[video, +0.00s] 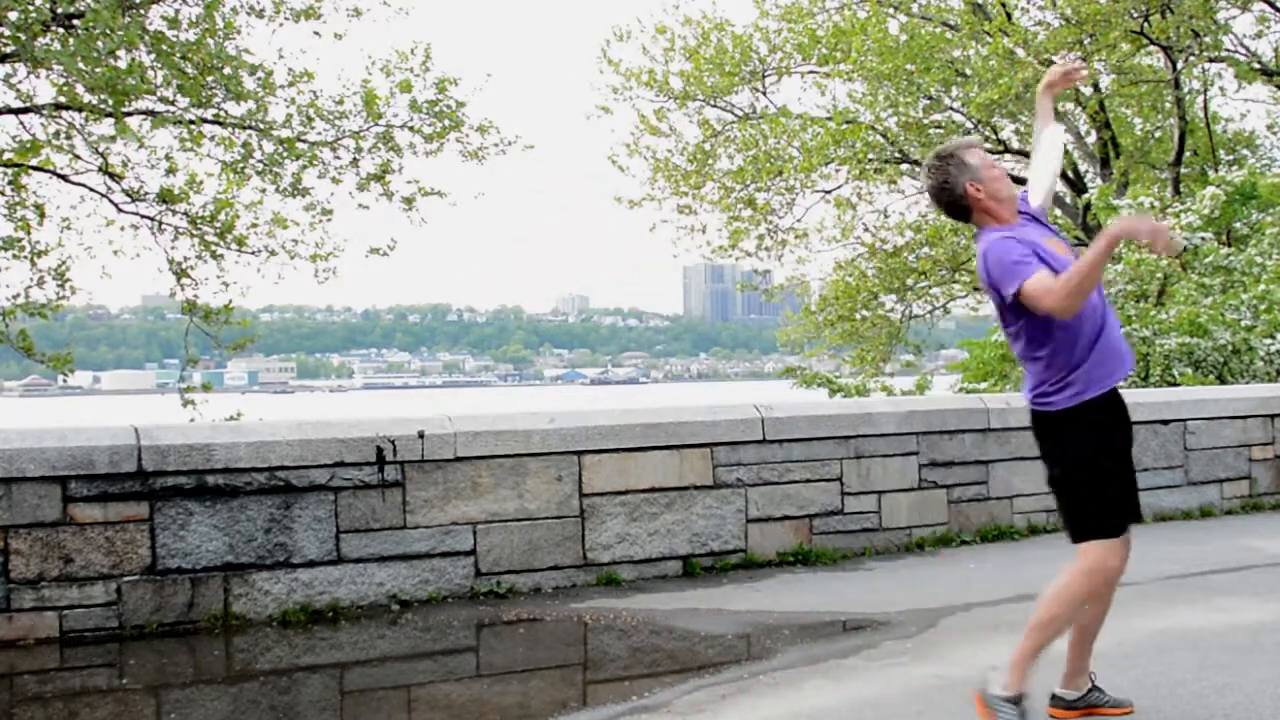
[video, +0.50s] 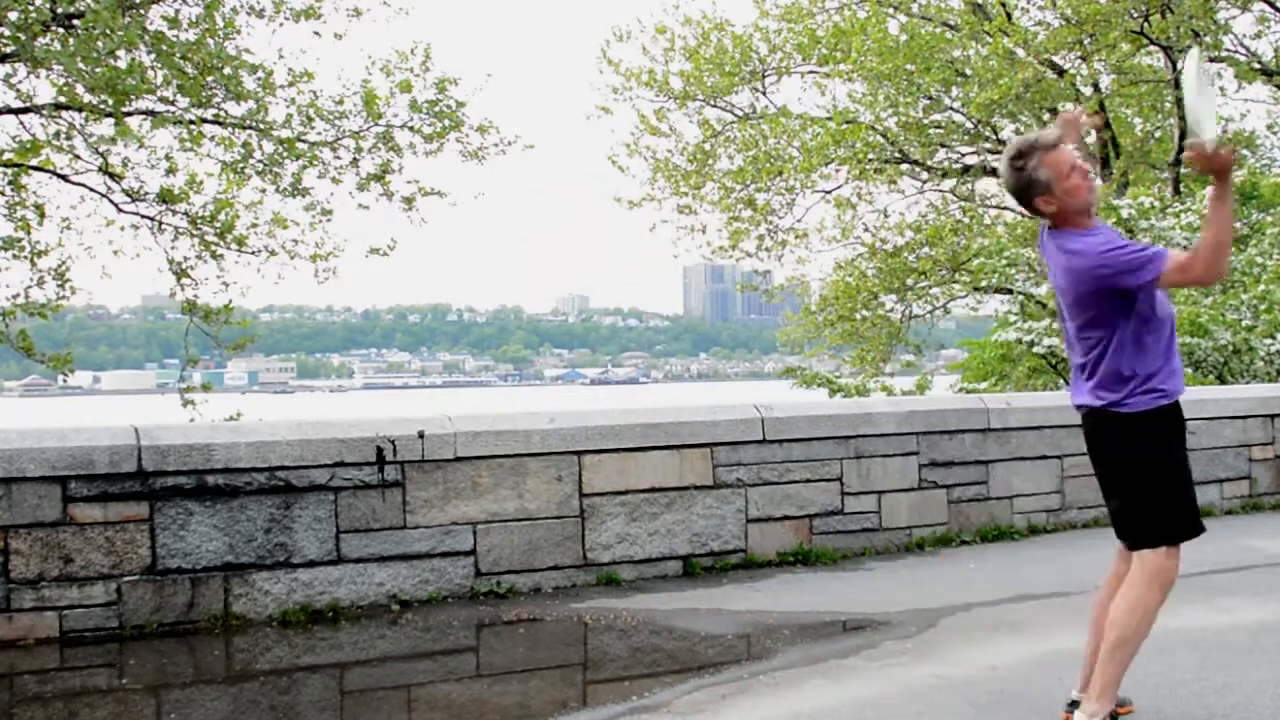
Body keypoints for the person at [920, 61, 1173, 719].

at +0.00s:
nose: (1004, 166)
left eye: (996, 160)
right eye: (993, 164)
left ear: (984, 191)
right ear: (977, 193)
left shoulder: (1027, 217)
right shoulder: (999, 250)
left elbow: (1045, 161)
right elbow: (1059, 300)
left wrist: (1045, 94)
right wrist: (1116, 233)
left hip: (1097, 402)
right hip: (1068, 412)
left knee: (1109, 554)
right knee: (1102, 556)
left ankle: (1075, 686)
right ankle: (1008, 685)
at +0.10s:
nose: (1017, 170)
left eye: (1007, 163)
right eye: (1002, 170)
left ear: (997, 194)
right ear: (983, 202)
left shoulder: (1036, 218)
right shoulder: (1016, 247)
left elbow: (1057, 166)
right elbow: (1088, 260)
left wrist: (1064, 106)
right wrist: (1104, 178)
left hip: (1107, 400)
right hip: (1092, 409)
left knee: (1116, 557)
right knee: (1129, 559)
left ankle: (1079, 686)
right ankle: (1079, 703)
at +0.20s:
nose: (1028, 176)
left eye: (1023, 169)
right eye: (1015, 178)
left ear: (1031, 180)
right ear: (995, 210)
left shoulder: (1050, 216)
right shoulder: (1033, 251)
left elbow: (1065, 179)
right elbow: (1101, 256)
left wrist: (1082, 139)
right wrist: (1096, 177)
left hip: (1120, 402)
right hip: (1107, 410)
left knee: (1126, 556)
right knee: (1141, 559)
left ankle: (1077, 687)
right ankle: (1091, 707)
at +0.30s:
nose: (1043, 182)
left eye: (1039, 173)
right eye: (1030, 183)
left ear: (1046, 175)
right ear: (1007, 212)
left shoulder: (1057, 214)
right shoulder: (1046, 252)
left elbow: (1076, 199)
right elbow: (1124, 282)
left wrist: (1086, 158)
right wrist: (1118, 218)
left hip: (1127, 403)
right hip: (1118, 410)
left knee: (1137, 557)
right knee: (1143, 560)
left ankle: (1086, 688)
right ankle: (1093, 708)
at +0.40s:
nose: (1061, 179)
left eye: (1056, 170)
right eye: (1047, 182)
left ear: (1062, 168)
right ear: (1024, 210)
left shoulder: (1063, 218)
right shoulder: (1069, 252)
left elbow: (1064, 197)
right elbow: (1163, 293)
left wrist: (1074, 154)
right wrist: (1166, 238)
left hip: (1131, 407)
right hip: (1125, 413)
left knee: (1142, 558)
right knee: (1144, 562)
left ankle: (1096, 691)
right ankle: (1092, 706)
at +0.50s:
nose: (1084, 168)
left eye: (1079, 160)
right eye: (1072, 170)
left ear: (1052, 201)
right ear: (1049, 202)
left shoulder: (1061, 236)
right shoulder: (1095, 254)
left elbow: (1069, 188)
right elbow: (1207, 269)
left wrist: (1066, 137)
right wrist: (1222, 181)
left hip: (1112, 412)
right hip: (1137, 416)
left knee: (1133, 558)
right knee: (1159, 563)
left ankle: (1088, 695)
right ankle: (1096, 706)